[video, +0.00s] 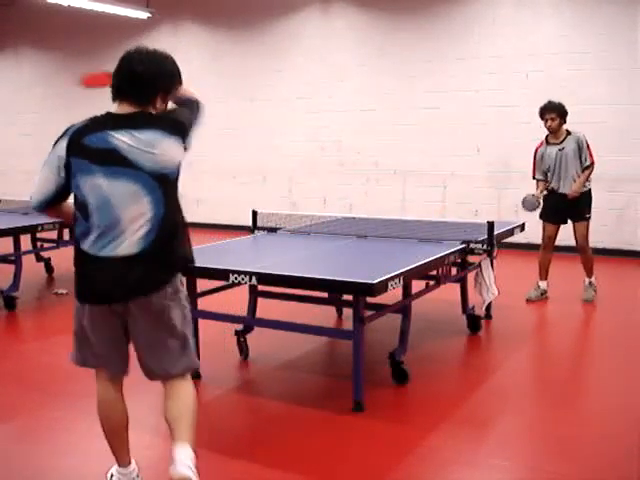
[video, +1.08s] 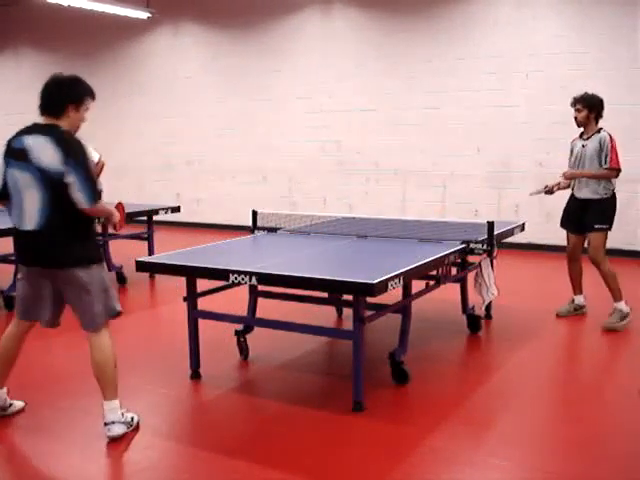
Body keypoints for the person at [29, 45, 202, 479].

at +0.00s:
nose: (170, 100)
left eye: (170, 93)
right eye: (169, 94)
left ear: (117, 87)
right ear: (158, 97)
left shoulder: (76, 137)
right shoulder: (168, 136)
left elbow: (44, 200)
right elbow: (190, 106)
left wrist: (80, 217)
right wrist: (170, 95)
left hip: (97, 281)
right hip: (156, 279)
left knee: (108, 376)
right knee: (176, 372)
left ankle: (124, 470)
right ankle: (183, 461)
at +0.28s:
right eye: (143, 96)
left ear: (97, 93)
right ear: (139, 100)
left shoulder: (63, 135)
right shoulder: (146, 132)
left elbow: (51, 195)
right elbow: (154, 103)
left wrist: (89, 192)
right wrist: (107, 79)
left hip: (84, 270)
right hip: (136, 263)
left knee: (101, 366)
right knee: (136, 347)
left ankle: (124, 467)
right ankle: (133, 422)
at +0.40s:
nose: (132, 106)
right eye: (132, 101)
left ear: (88, 98)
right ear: (131, 105)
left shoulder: (60, 141)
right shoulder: (142, 141)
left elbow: (45, 201)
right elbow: (163, 138)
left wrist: (80, 197)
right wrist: (112, 119)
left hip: (84, 271)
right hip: (133, 266)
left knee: (99, 364)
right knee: (127, 346)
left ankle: (124, 463)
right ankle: (125, 412)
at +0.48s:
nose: (126, 107)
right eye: (126, 101)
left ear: (83, 100)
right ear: (126, 103)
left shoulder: (57, 145)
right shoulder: (139, 146)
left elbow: (40, 206)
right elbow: (171, 184)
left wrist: (71, 209)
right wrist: (134, 163)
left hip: (80, 270)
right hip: (129, 267)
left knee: (93, 357)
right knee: (122, 347)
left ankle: (119, 450)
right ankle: (118, 416)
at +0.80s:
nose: (122, 109)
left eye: (122, 102)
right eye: (122, 102)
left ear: (79, 100)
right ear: (112, 103)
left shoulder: (51, 134)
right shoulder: (128, 142)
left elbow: (23, 186)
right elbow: (148, 203)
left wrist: (39, 223)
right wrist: (137, 232)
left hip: (64, 252)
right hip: (113, 253)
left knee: (46, 317)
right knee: (114, 330)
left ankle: (80, 391)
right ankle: (117, 416)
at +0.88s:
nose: (112, 111)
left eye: (112, 104)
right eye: (111, 104)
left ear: (71, 101)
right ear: (100, 104)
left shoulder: (38, 136)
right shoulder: (112, 142)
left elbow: (13, 188)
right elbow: (137, 201)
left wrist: (38, 216)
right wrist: (123, 225)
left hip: (54, 251)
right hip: (102, 253)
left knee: (40, 316)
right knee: (109, 328)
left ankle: (30, 398)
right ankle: (115, 415)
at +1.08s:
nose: (85, 118)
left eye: (86, 111)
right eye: (83, 111)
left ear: (49, 106)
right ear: (68, 108)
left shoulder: (16, 142)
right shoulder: (68, 146)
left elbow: (9, 197)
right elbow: (88, 204)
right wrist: (110, 211)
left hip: (31, 255)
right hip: (75, 256)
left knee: (21, 323)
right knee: (98, 329)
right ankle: (113, 416)